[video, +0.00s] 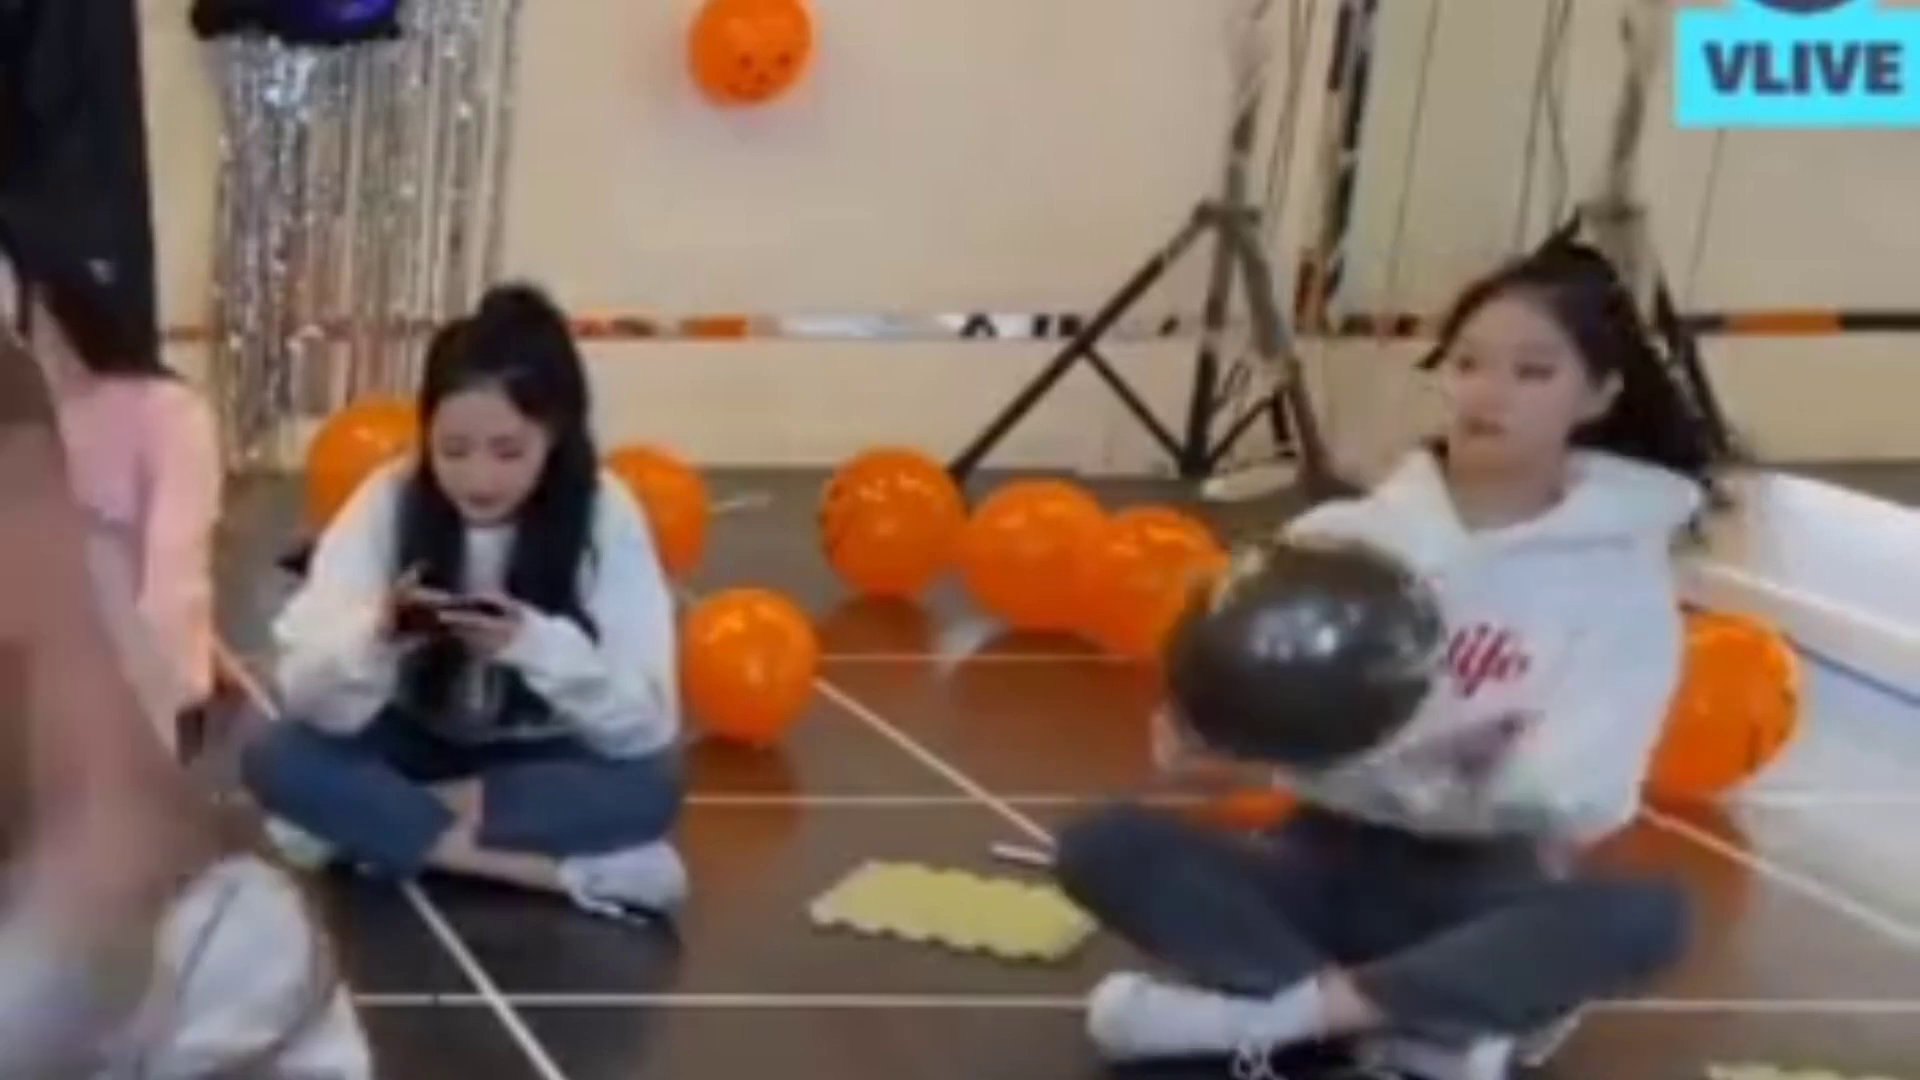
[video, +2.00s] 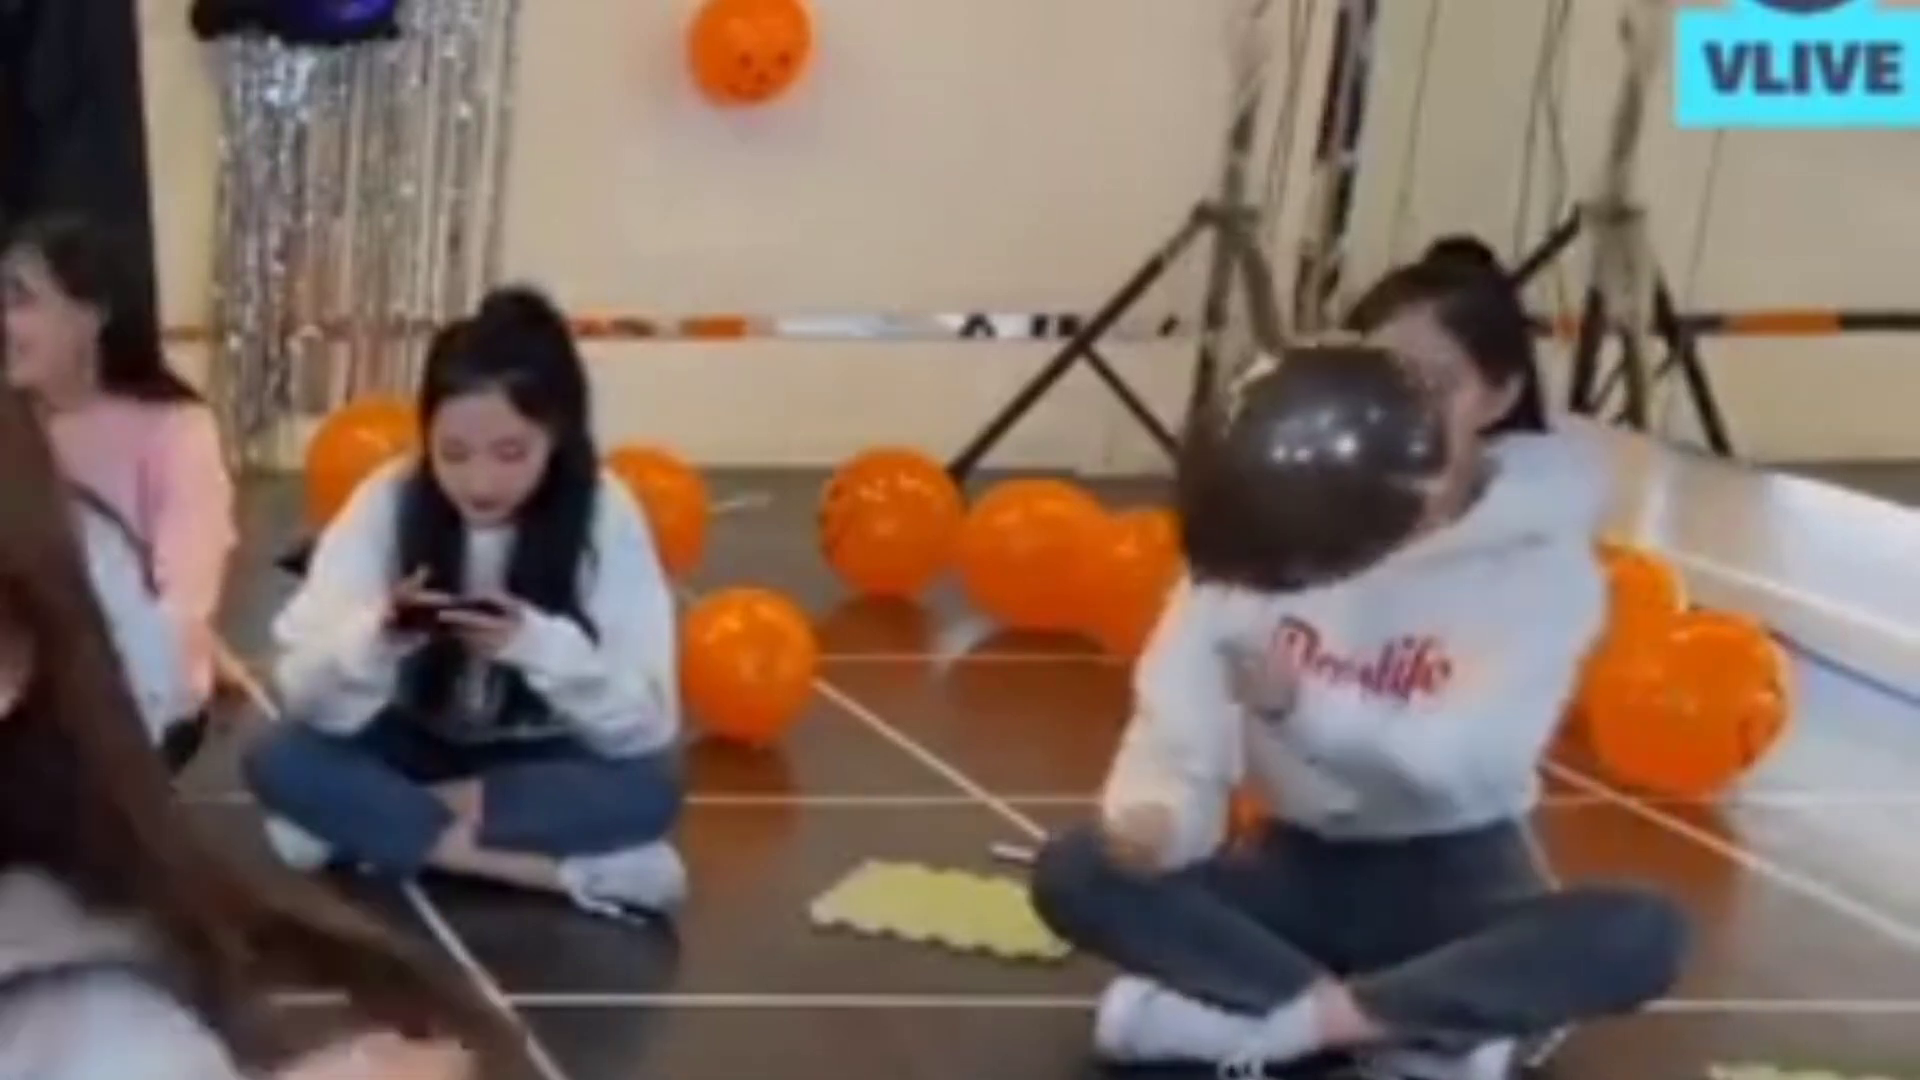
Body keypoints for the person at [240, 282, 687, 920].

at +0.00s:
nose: (478, 480)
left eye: (508, 454)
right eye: (454, 452)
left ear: (556, 441)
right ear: (425, 436)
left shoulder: (604, 516)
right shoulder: (387, 502)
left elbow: (645, 723)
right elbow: (310, 700)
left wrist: (531, 644)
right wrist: (381, 636)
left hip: (545, 742)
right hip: (410, 734)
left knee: (648, 790)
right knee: (275, 757)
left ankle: (366, 837)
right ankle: (550, 877)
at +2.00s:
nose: (480, 484)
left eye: (510, 456)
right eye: (454, 455)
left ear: (558, 440)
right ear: (425, 438)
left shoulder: (603, 515)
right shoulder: (387, 501)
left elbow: (645, 724)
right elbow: (307, 700)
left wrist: (532, 644)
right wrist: (383, 639)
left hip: (545, 743)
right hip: (408, 735)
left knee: (648, 790)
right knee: (277, 759)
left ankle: (366, 837)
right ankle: (549, 877)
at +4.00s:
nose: (482, 487)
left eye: (512, 459)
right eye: (457, 458)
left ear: (559, 445)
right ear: (426, 440)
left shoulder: (603, 513)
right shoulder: (389, 501)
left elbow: (644, 724)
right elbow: (305, 698)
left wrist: (529, 643)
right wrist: (383, 647)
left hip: (542, 744)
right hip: (409, 739)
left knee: (647, 789)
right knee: (276, 761)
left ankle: (367, 839)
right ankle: (550, 877)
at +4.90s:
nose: (483, 486)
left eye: (512, 459)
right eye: (458, 458)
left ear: (560, 445)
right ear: (427, 441)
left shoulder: (605, 513)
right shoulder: (388, 505)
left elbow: (644, 725)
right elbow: (304, 699)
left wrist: (531, 639)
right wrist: (388, 637)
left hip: (541, 742)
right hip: (408, 738)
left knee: (645, 791)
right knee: (274, 759)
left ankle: (366, 839)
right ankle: (550, 878)